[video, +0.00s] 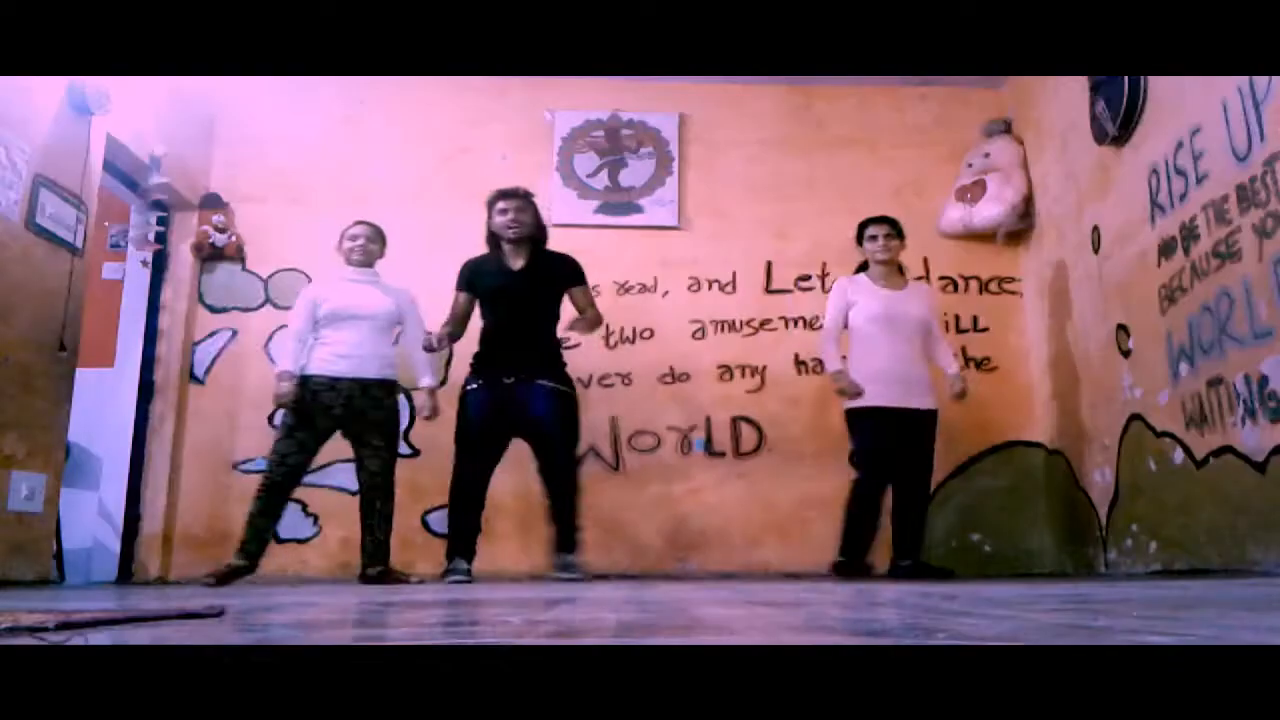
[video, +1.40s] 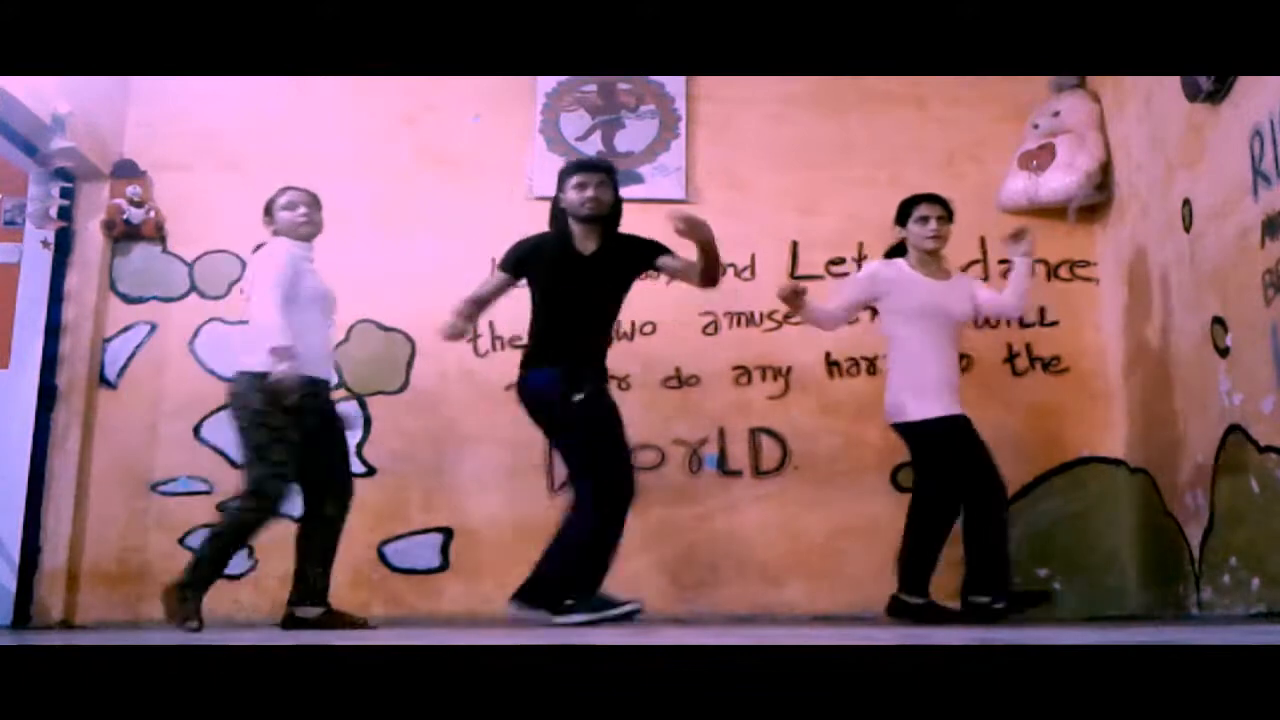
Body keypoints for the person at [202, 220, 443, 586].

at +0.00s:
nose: (360, 244)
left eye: (368, 239)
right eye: (353, 238)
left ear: (381, 251)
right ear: (339, 247)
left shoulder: (399, 297)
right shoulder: (318, 290)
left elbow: (419, 343)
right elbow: (297, 335)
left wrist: (427, 387)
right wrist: (286, 377)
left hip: (375, 395)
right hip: (318, 391)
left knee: (378, 483)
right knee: (281, 473)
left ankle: (376, 566)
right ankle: (245, 559)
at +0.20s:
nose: (318, 246)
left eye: (328, 242)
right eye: (311, 241)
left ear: (342, 257)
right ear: (300, 251)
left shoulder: (351, 299)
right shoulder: (271, 292)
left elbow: (357, 353)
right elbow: (249, 342)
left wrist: (355, 400)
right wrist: (240, 390)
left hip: (326, 398)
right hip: (270, 396)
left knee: (347, 481)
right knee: (251, 482)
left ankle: (370, 565)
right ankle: (235, 569)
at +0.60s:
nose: (285, 246)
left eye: (295, 243)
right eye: (279, 241)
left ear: (309, 256)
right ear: (266, 249)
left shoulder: (323, 298)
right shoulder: (240, 290)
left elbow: (337, 352)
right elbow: (214, 340)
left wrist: (347, 397)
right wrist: (212, 378)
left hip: (300, 394)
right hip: (244, 393)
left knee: (312, 475)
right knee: (239, 481)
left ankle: (340, 561)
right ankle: (234, 567)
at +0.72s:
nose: (217, 219)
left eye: (229, 215)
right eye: (207, 213)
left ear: (243, 233)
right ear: (192, 225)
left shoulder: (259, 284)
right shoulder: (165, 268)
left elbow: (283, 345)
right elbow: (141, 318)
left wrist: (312, 394)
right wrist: (152, 358)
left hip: (235, 395)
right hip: (172, 393)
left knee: (231, 492)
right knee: (166, 503)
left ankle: (273, 600)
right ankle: (153, 610)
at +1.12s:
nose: (260, 212)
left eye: (270, 208)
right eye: (248, 206)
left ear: (282, 225)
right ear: (229, 221)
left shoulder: (293, 281)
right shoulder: (214, 263)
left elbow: (284, 340)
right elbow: (198, 319)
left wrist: (286, 390)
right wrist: (207, 364)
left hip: (276, 400)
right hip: (216, 392)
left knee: (261, 509)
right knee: (202, 500)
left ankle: (228, 607)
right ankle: (190, 607)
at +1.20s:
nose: (273, 217)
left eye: (282, 213)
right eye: (260, 211)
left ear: (292, 229)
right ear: (241, 225)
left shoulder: (293, 289)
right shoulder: (228, 266)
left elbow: (294, 337)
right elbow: (230, 317)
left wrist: (306, 345)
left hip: (283, 399)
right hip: (222, 394)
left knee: (283, 506)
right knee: (202, 501)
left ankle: (253, 603)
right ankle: (191, 608)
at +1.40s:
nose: (303, 212)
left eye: (311, 206)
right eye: (290, 207)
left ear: (321, 220)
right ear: (271, 221)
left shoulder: (306, 268)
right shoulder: (275, 254)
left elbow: (306, 331)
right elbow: (266, 304)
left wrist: (323, 375)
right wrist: (283, 356)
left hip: (308, 390)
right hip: (266, 385)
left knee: (332, 492)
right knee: (267, 489)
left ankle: (308, 604)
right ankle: (188, 591)